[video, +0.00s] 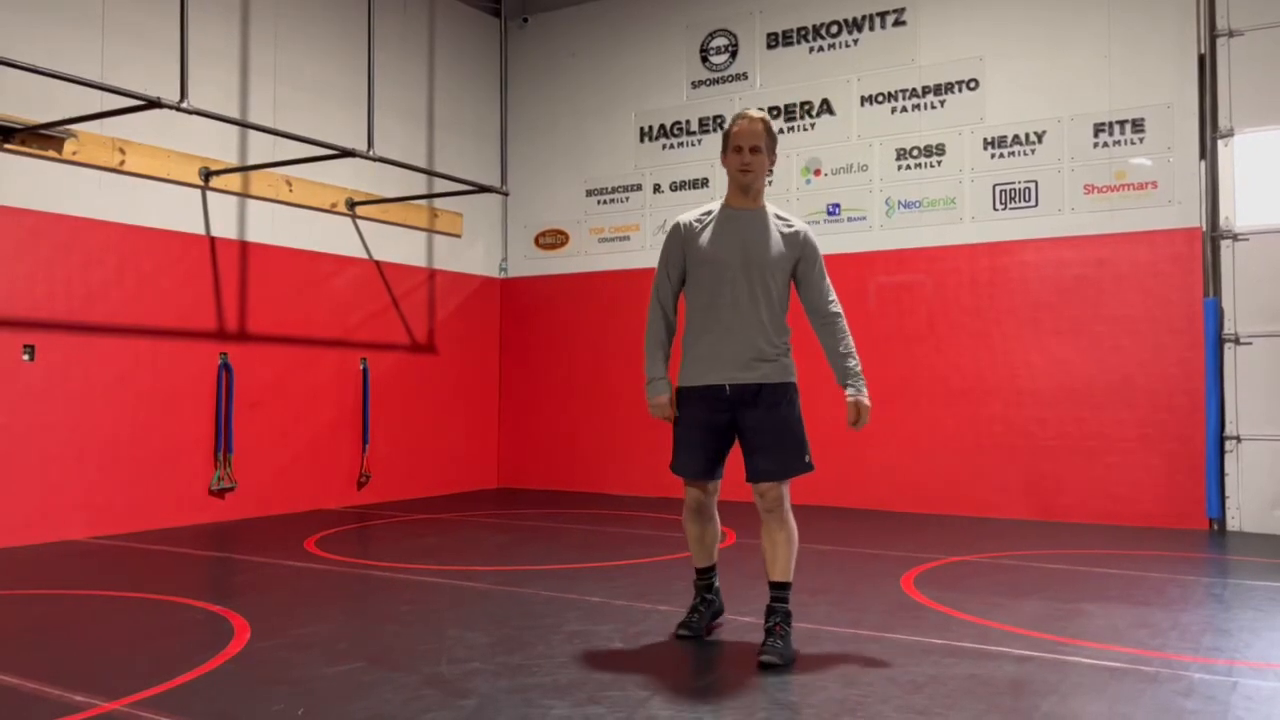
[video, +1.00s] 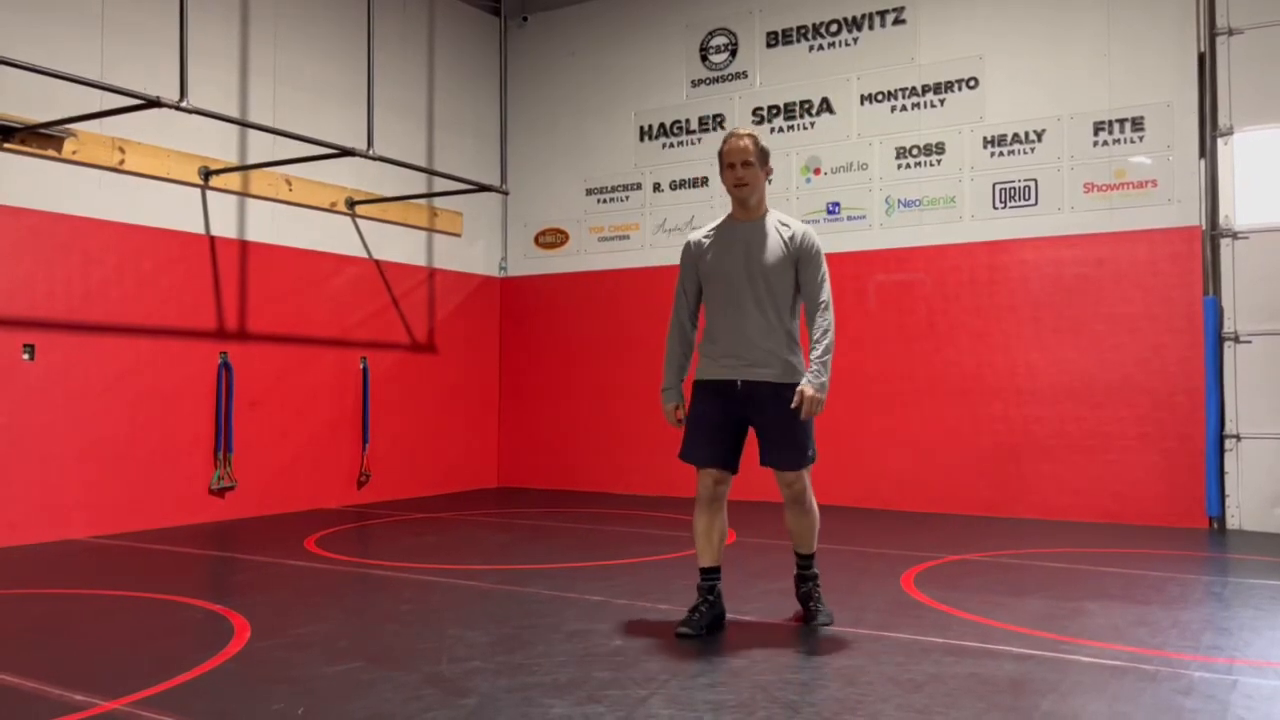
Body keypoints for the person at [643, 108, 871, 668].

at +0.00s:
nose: (747, 158)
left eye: (757, 149)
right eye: (737, 148)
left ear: (772, 159)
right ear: (722, 157)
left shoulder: (792, 235)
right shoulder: (687, 231)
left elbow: (827, 313)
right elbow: (661, 309)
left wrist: (854, 383)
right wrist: (656, 379)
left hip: (769, 387)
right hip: (702, 388)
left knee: (772, 498)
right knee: (697, 497)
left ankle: (778, 620)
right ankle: (706, 598)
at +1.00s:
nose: (737, 173)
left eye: (746, 164)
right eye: (729, 165)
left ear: (766, 170)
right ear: (720, 174)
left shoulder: (798, 239)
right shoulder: (700, 245)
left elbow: (821, 315)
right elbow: (682, 322)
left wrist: (817, 378)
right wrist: (672, 386)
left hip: (780, 386)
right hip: (717, 387)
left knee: (796, 489)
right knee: (710, 488)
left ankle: (808, 585)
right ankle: (709, 601)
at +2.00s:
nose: (783, 181)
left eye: (793, 172)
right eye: (776, 173)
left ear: (815, 178)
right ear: (769, 180)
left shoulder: (840, 250)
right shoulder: (744, 245)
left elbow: (858, 329)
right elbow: (723, 319)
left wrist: (863, 394)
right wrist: (719, 381)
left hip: (816, 390)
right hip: (754, 389)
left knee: (812, 486)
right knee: (732, 488)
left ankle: (810, 588)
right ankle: (727, 575)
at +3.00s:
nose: (711, 188)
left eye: (720, 179)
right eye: (705, 180)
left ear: (742, 184)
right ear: (697, 187)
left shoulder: (771, 246)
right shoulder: (683, 256)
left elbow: (786, 323)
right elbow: (669, 330)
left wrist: (773, 382)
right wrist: (662, 390)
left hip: (755, 386)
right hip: (702, 390)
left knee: (772, 478)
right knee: (713, 482)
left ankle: (792, 586)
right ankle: (726, 584)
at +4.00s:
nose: (785, 176)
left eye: (795, 168)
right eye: (778, 168)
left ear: (813, 176)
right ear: (767, 177)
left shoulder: (839, 240)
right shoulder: (743, 245)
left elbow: (850, 309)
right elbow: (725, 315)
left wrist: (804, 268)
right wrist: (784, 287)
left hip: (819, 383)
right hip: (758, 381)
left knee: (818, 491)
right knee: (729, 486)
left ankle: (812, 592)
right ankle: (735, 565)